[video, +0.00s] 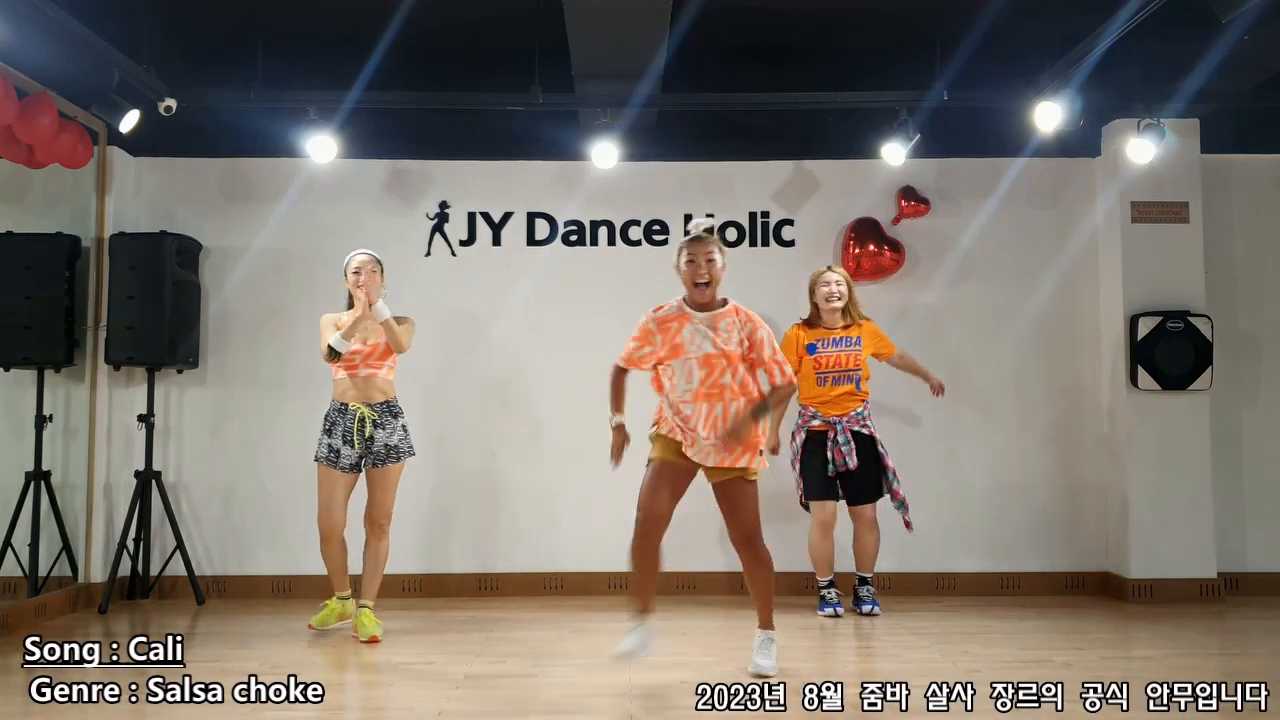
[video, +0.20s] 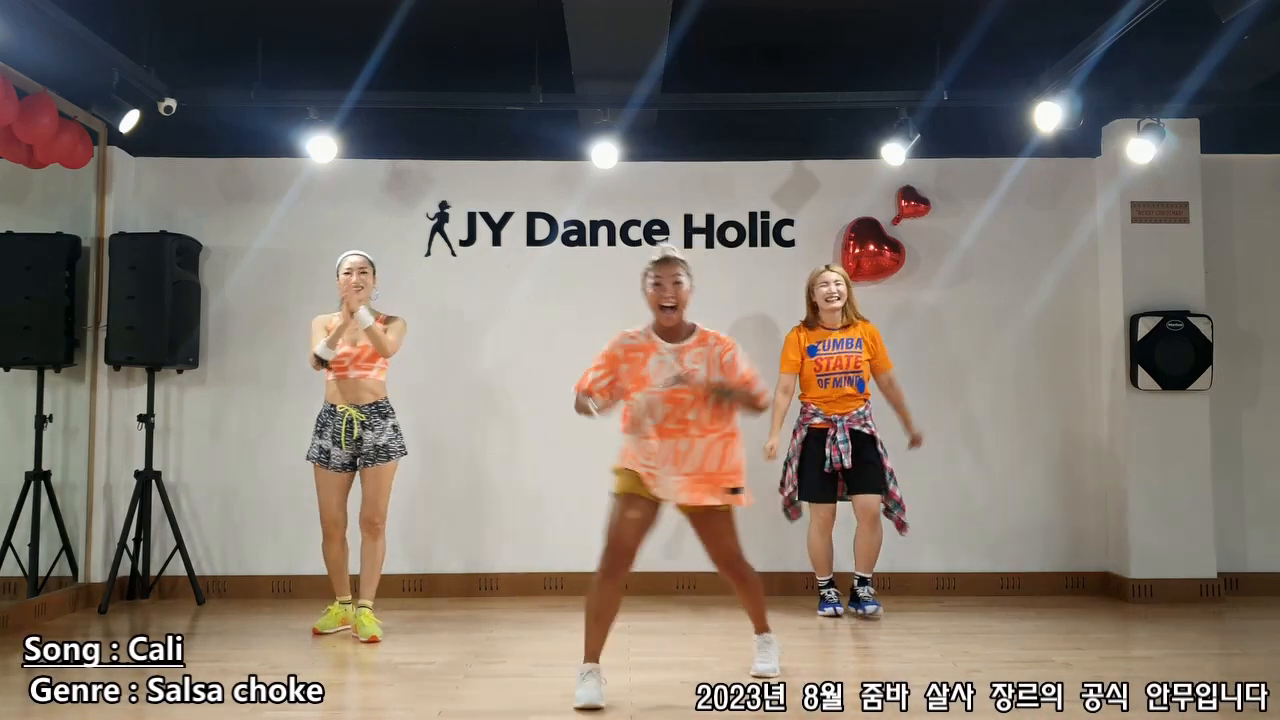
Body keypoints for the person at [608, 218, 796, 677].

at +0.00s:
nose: (701, 269)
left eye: (710, 260)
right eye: (692, 261)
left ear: (723, 268)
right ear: (679, 269)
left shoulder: (746, 323)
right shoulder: (662, 321)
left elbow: (786, 383)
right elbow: (621, 368)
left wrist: (750, 416)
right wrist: (618, 421)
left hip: (733, 440)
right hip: (677, 434)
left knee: (748, 541)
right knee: (647, 523)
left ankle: (766, 635)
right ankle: (643, 621)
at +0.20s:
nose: (667, 292)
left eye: (676, 283)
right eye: (657, 284)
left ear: (690, 291)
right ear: (645, 293)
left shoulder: (717, 346)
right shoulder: (627, 346)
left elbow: (760, 401)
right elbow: (584, 400)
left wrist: (717, 388)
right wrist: (595, 399)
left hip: (703, 472)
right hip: (644, 468)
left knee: (729, 559)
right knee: (614, 559)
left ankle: (765, 639)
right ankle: (590, 669)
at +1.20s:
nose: (559, 312)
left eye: (568, 304)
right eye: (550, 304)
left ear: (586, 310)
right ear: (540, 314)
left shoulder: (610, 349)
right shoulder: (534, 357)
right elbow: (474, 331)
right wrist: (421, 292)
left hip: (655, 463)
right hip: (601, 478)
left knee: (712, 557)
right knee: (568, 565)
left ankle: (775, 645)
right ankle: (563, 670)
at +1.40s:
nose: (587, 306)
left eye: (598, 296)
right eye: (577, 297)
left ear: (613, 304)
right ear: (566, 307)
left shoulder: (641, 351)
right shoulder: (550, 363)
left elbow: (688, 408)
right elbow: (515, 417)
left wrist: (650, 399)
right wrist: (518, 405)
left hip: (647, 472)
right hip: (587, 484)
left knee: (720, 546)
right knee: (562, 567)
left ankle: (711, 645)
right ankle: (562, 670)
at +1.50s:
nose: (611, 296)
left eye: (620, 287)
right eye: (601, 289)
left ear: (637, 294)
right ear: (590, 299)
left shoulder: (666, 352)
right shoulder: (576, 358)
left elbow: (693, 416)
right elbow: (562, 426)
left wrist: (672, 448)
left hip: (654, 474)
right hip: (593, 476)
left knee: (706, 561)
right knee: (566, 566)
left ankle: (696, 662)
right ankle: (562, 670)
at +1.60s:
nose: (632, 279)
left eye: (641, 270)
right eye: (622, 273)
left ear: (658, 279)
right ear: (611, 284)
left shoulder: (687, 336)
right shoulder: (595, 340)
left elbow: (724, 397)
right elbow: (570, 414)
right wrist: (577, 403)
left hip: (671, 451)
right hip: (614, 454)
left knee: (706, 553)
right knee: (589, 555)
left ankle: (696, 660)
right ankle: (573, 665)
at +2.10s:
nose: (732, 301)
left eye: (738, 292)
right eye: (720, 294)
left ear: (748, 302)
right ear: (701, 307)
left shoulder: (758, 368)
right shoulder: (677, 359)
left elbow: (758, 430)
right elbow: (651, 430)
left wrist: (785, 458)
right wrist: (693, 453)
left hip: (717, 486)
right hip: (658, 479)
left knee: (772, 563)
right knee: (624, 560)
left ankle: (758, 665)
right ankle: (641, 663)